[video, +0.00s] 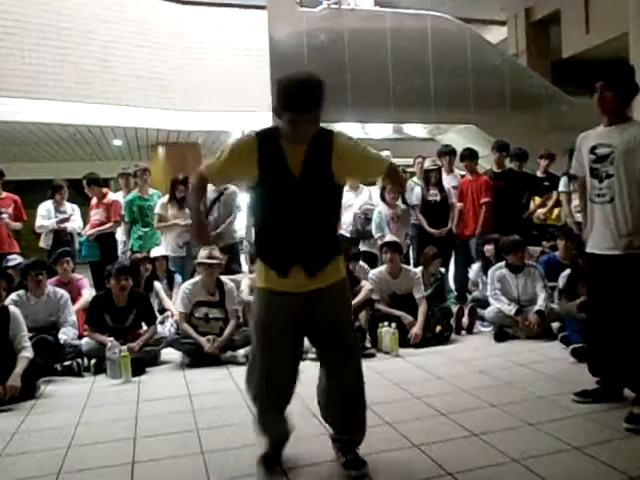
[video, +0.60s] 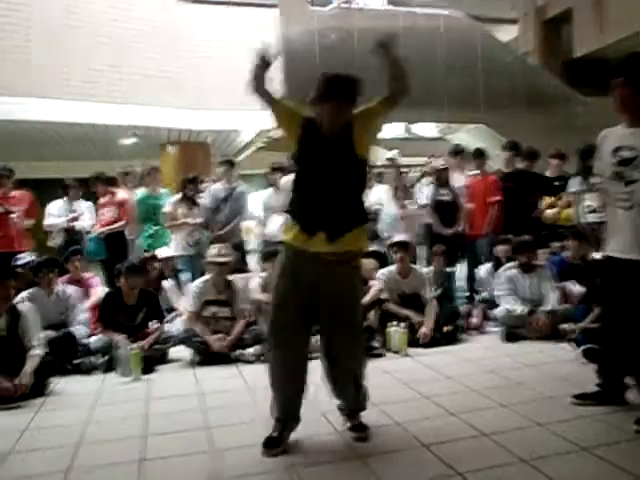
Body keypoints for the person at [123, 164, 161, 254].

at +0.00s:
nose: (144, 178)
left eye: (146, 175)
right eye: (141, 175)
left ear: (150, 177)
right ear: (135, 179)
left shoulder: (157, 196)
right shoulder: (129, 200)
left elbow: (161, 218)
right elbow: (127, 223)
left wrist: (164, 239)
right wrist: (128, 246)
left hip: (155, 240)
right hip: (138, 241)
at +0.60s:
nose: (157, 179)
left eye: (158, 175)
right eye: (153, 175)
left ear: (161, 177)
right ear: (147, 178)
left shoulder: (166, 194)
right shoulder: (140, 196)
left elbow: (171, 214)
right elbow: (138, 218)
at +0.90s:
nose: (151, 172)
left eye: (153, 168)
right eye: (148, 169)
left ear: (157, 170)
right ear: (143, 171)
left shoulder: (164, 188)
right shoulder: (137, 191)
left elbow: (168, 210)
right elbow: (135, 214)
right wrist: (133, 233)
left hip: (162, 231)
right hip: (144, 232)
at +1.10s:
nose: (142, 170)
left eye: (144, 167)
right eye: (138, 168)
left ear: (148, 169)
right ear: (133, 170)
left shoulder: (154, 187)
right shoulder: (127, 190)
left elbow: (159, 209)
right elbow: (123, 213)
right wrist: (121, 234)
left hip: (152, 231)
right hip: (134, 232)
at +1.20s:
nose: (137, 170)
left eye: (140, 166)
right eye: (134, 167)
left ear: (143, 169)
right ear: (129, 170)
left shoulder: (149, 188)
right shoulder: (123, 191)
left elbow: (154, 209)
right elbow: (120, 214)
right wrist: (118, 234)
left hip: (147, 228)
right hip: (130, 229)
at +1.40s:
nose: (135, 149)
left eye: (137, 145)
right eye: (132, 146)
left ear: (141, 148)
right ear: (127, 149)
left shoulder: (148, 166)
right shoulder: (121, 170)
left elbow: (152, 188)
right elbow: (119, 193)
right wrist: (118, 214)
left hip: (146, 209)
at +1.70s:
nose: (138, 149)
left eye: (141, 145)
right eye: (135, 146)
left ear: (144, 147)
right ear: (130, 149)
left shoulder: (151, 166)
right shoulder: (125, 170)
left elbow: (156, 188)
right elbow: (123, 192)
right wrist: (122, 214)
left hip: (150, 210)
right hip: (133, 212)